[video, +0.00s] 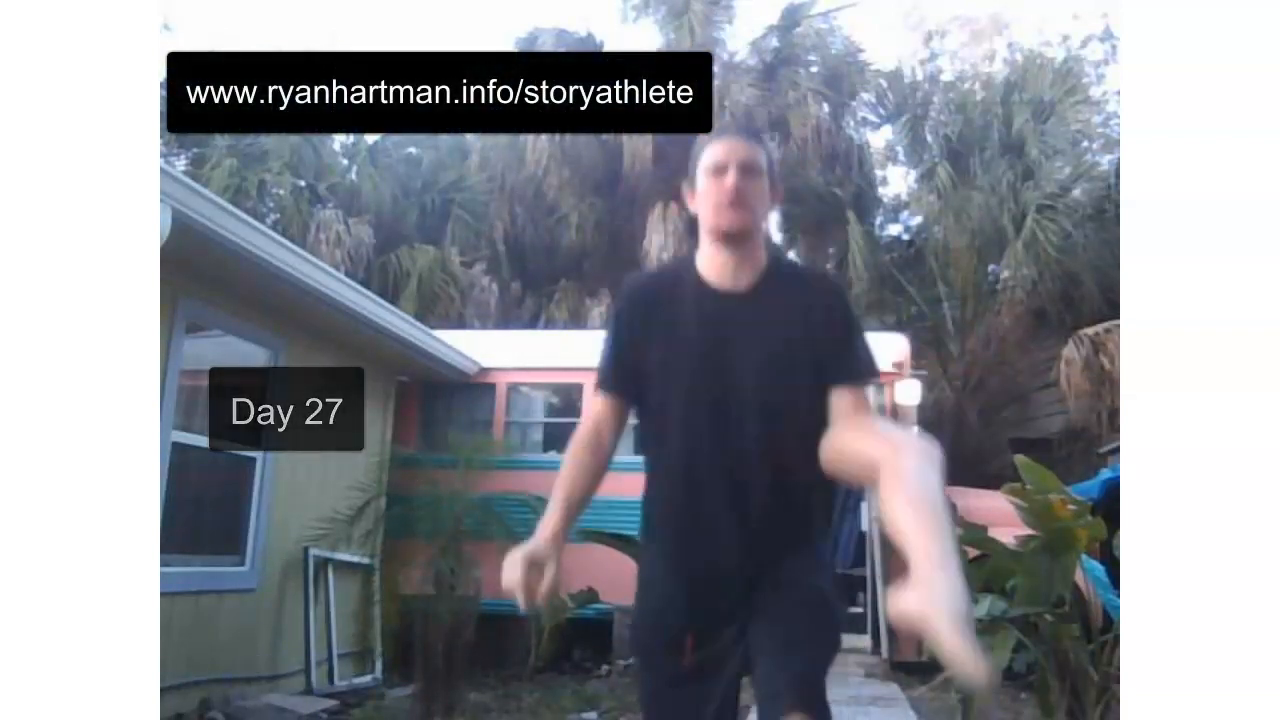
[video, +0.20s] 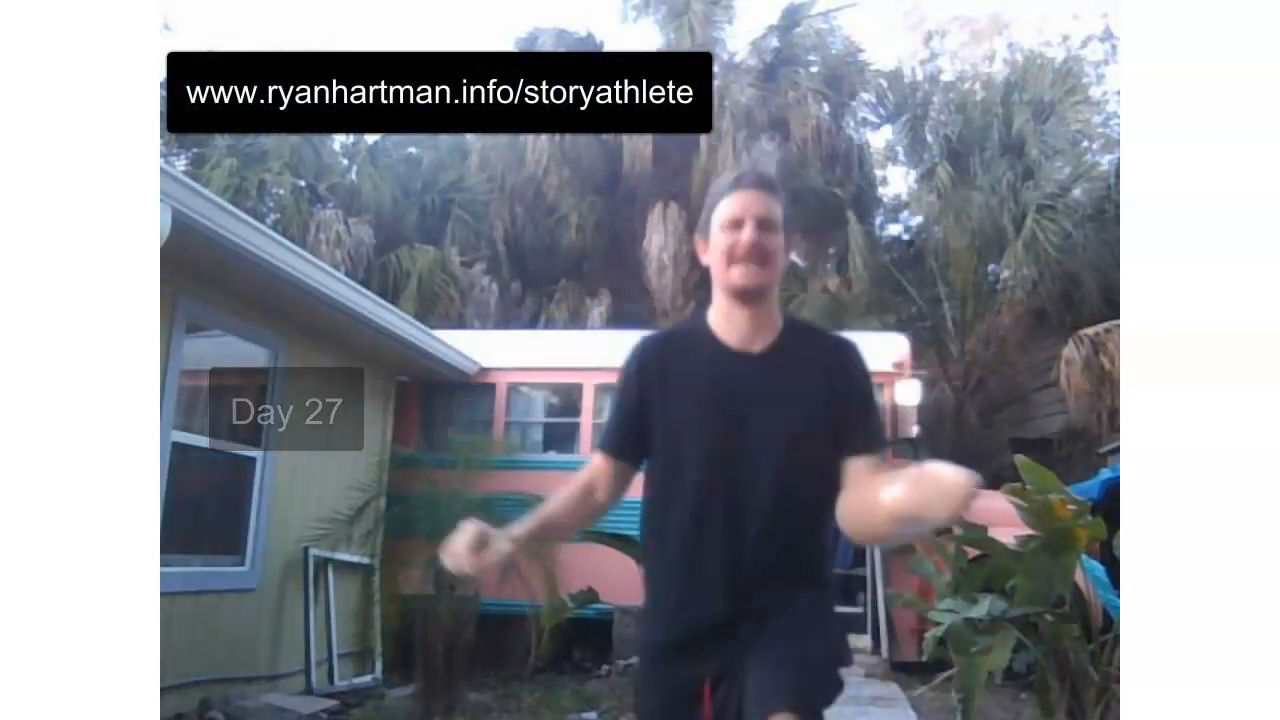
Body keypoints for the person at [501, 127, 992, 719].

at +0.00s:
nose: (734, 184)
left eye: (749, 172)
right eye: (717, 171)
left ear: (773, 196)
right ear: (689, 197)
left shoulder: (817, 297)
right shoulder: (647, 300)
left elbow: (847, 430)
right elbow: (599, 429)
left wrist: (892, 454)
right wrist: (549, 537)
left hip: (791, 570)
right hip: (681, 574)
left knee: (794, 704)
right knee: (677, 707)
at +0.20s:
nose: (750, 240)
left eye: (766, 227)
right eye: (733, 226)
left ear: (788, 248)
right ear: (703, 248)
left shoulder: (833, 362)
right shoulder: (658, 358)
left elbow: (857, 508)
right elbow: (598, 483)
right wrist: (513, 540)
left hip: (788, 622)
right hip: (678, 625)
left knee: (782, 711)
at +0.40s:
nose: (742, 136)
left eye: (759, 122)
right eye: (726, 122)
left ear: (781, 143)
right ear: (701, 144)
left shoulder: (823, 254)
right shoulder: (657, 255)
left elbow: (849, 382)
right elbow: (610, 377)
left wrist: (897, 371)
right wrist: (523, 395)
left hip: (795, 533)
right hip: (682, 534)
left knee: (795, 704)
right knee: (684, 709)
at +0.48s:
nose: (743, 238)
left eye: (758, 224)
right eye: (726, 225)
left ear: (781, 245)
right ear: (698, 248)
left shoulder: (827, 358)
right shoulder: (655, 354)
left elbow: (854, 498)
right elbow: (603, 480)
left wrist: (924, 525)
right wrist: (510, 502)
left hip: (792, 642)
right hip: (679, 640)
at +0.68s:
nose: (774, 219)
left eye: (792, 202)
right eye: (761, 198)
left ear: (818, 199)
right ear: (734, 191)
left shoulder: (852, 303)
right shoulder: (679, 288)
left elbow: (862, 436)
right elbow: (629, 395)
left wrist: (941, 444)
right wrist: (523, 403)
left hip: (802, 572)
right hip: (689, 574)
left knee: (817, 711)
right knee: (681, 714)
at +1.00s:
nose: (725, 83)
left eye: (740, 71)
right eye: (710, 70)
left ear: (763, 95)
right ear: (687, 93)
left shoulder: (810, 202)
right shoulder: (645, 207)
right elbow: (613, 327)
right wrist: (622, 365)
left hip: (771, 483)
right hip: (657, 486)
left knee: (786, 701)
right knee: (652, 700)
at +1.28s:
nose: (788, 166)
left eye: (804, 154)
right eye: (774, 151)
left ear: (826, 158)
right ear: (748, 152)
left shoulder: (834, 243)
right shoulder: (693, 222)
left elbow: (874, 341)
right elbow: (617, 328)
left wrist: (864, 246)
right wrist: (544, 397)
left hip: (800, 500)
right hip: (697, 492)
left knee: (779, 706)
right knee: (699, 695)